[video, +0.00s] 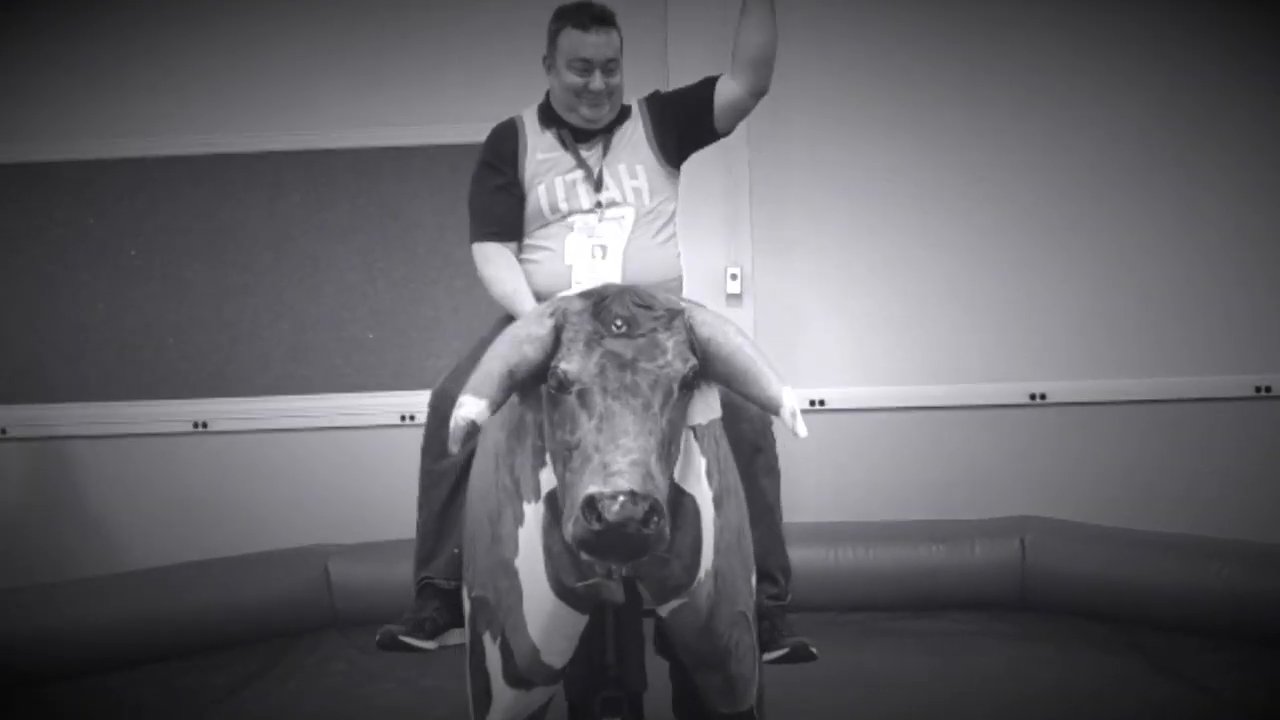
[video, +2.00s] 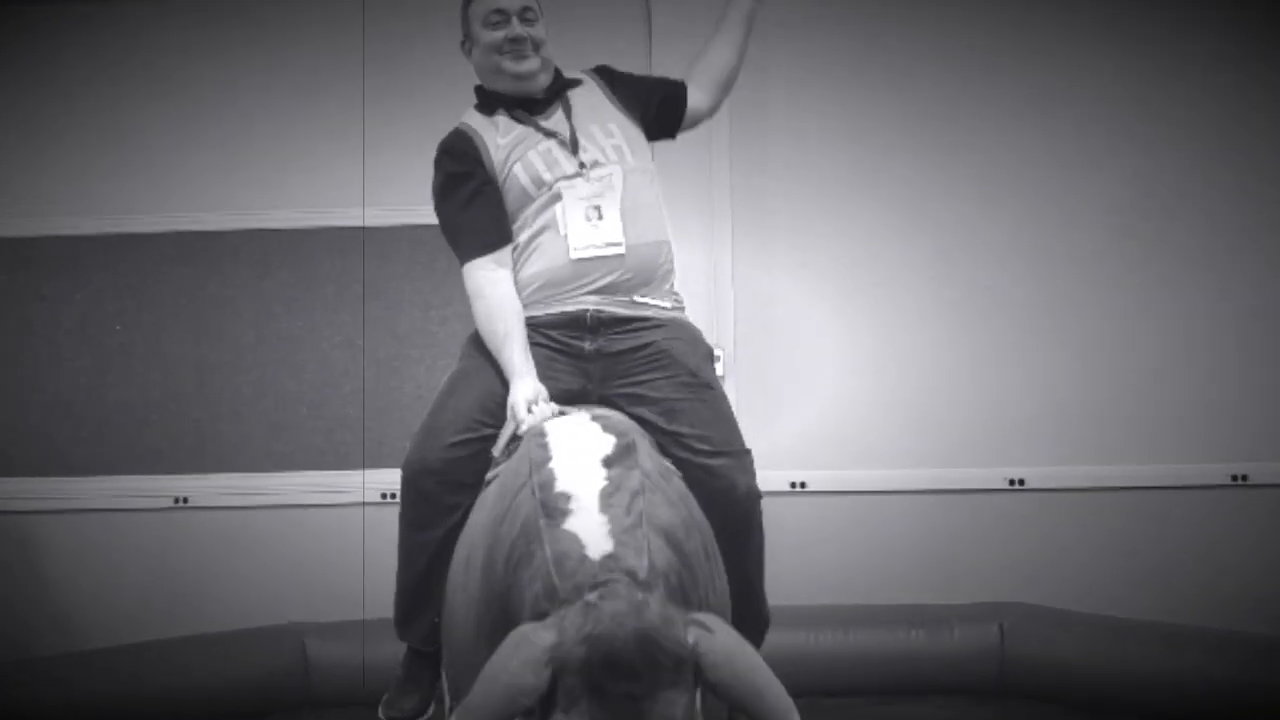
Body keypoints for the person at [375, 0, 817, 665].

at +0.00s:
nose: (596, 82)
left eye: (609, 67)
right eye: (580, 68)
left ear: (623, 66)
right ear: (548, 66)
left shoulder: (658, 122)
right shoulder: (513, 141)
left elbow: (748, 82)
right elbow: (492, 249)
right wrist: (536, 319)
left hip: (657, 312)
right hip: (548, 316)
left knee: (750, 419)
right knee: (450, 407)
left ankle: (767, 609)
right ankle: (440, 597)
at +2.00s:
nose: (517, 30)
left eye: (528, 16)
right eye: (496, 20)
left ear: (546, 28)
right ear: (466, 44)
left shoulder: (612, 91)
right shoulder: (467, 147)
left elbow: (700, 96)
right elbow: (487, 273)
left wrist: (743, 9)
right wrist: (521, 376)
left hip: (650, 331)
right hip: (528, 339)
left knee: (731, 484)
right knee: (431, 470)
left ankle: (741, 662)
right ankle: (421, 663)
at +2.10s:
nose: (511, 26)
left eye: (523, 13)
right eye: (489, 19)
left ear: (544, 28)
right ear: (463, 53)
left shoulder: (608, 96)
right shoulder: (467, 146)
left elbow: (696, 121)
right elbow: (486, 277)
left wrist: (766, 40)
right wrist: (521, 381)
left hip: (649, 334)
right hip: (528, 342)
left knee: (731, 490)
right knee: (431, 474)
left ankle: (737, 666)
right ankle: (422, 672)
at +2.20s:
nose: (510, 20)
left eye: (521, 9)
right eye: (487, 15)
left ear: (544, 30)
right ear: (462, 54)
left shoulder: (605, 95)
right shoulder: (465, 150)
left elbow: (690, 142)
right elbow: (485, 281)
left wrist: (783, 88)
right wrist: (522, 389)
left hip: (652, 338)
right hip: (529, 348)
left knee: (733, 501)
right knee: (432, 482)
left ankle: (732, 675)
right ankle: (426, 680)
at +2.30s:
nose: (512, 21)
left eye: (519, 11)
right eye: (488, 18)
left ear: (540, 31)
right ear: (461, 58)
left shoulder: (604, 96)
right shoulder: (465, 152)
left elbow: (688, 152)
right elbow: (486, 285)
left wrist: (793, 131)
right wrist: (522, 395)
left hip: (655, 343)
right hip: (528, 354)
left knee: (735, 510)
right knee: (433, 491)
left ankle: (733, 684)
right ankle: (428, 687)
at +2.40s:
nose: (507, 20)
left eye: (515, 11)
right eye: (483, 19)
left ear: (537, 34)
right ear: (458, 62)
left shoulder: (605, 98)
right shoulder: (463, 156)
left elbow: (690, 164)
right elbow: (485, 290)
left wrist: (799, 170)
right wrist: (522, 405)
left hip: (657, 352)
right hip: (529, 363)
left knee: (737, 524)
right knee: (432, 500)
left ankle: (739, 689)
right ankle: (426, 690)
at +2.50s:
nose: (503, 20)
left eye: (511, 11)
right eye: (479, 19)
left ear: (535, 32)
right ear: (458, 65)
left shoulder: (606, 99)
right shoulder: (463, 161)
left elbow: (690, 170)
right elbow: (484, 303)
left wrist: (800, 196)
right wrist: (521, 415)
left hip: (659, 362)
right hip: (528, 372)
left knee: (736, 535)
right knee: (429, 513)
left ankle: (739, 695)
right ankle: (424, 695)